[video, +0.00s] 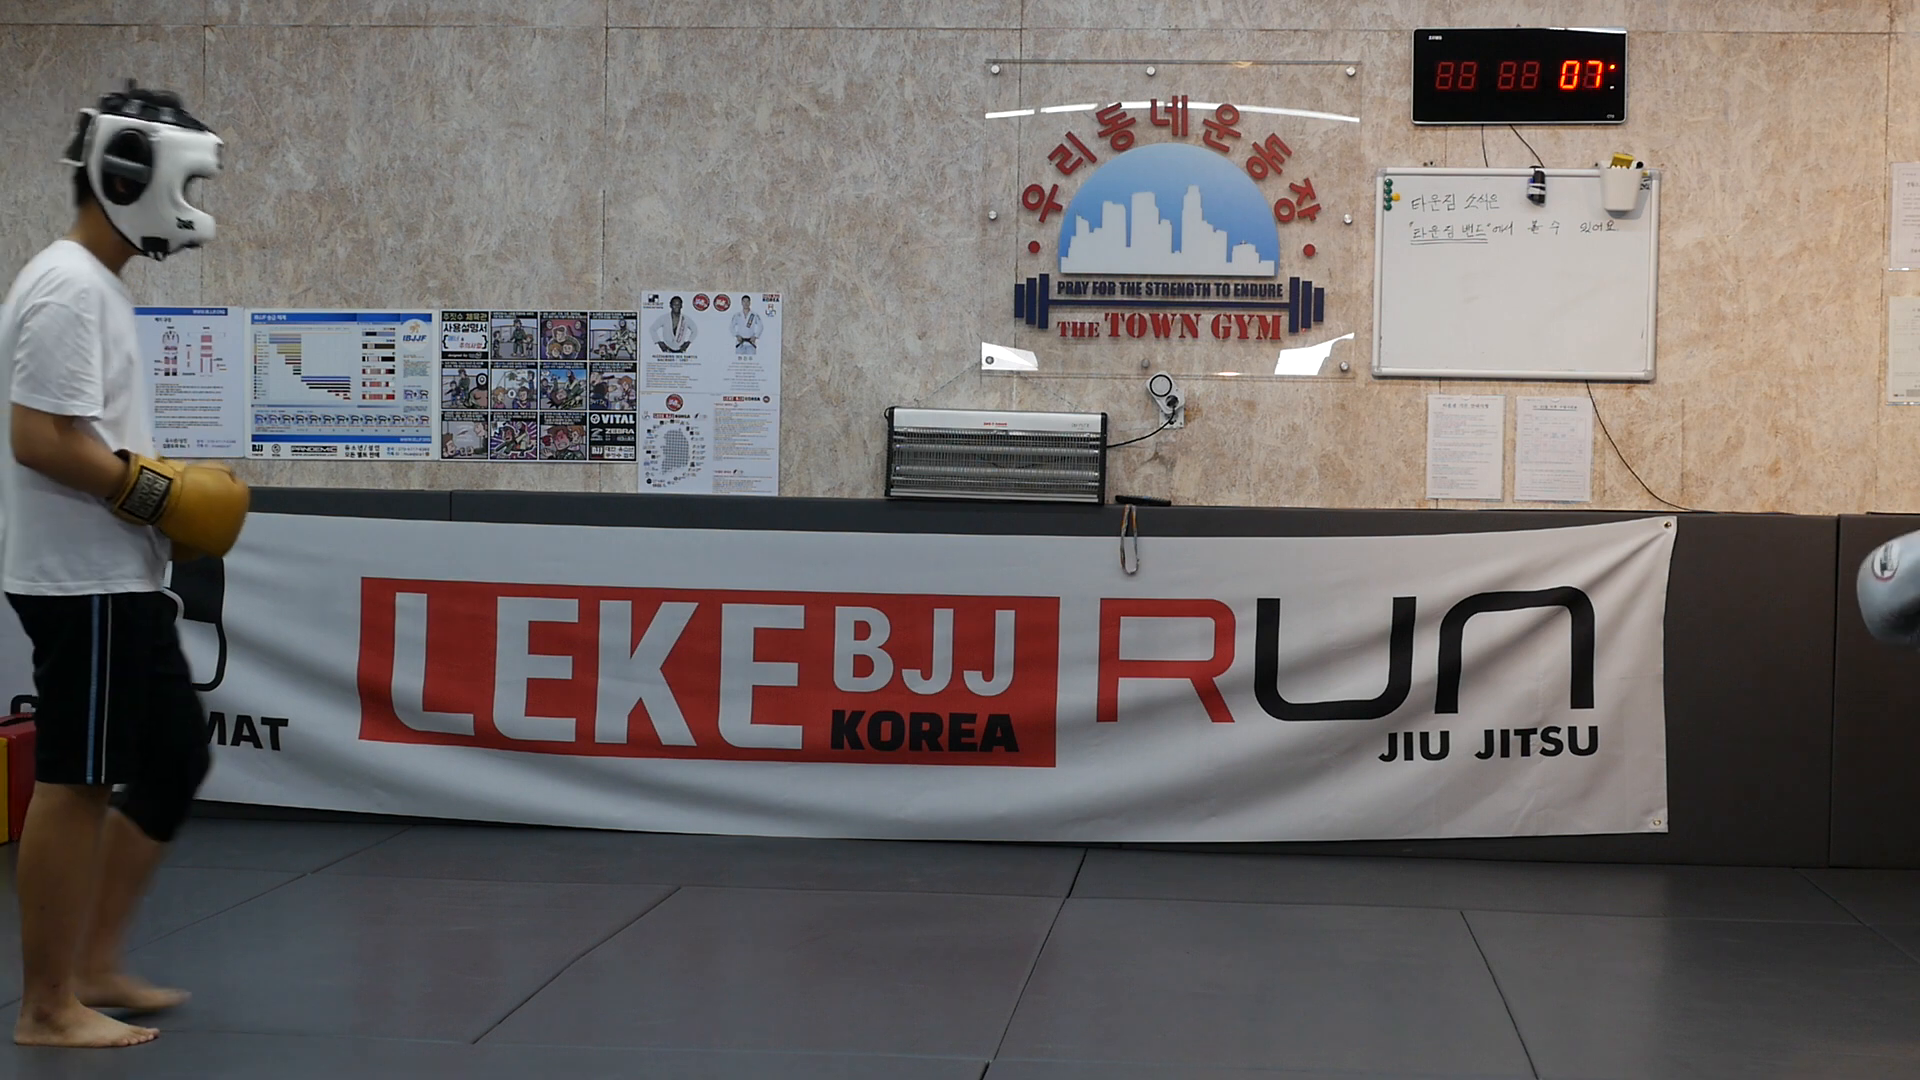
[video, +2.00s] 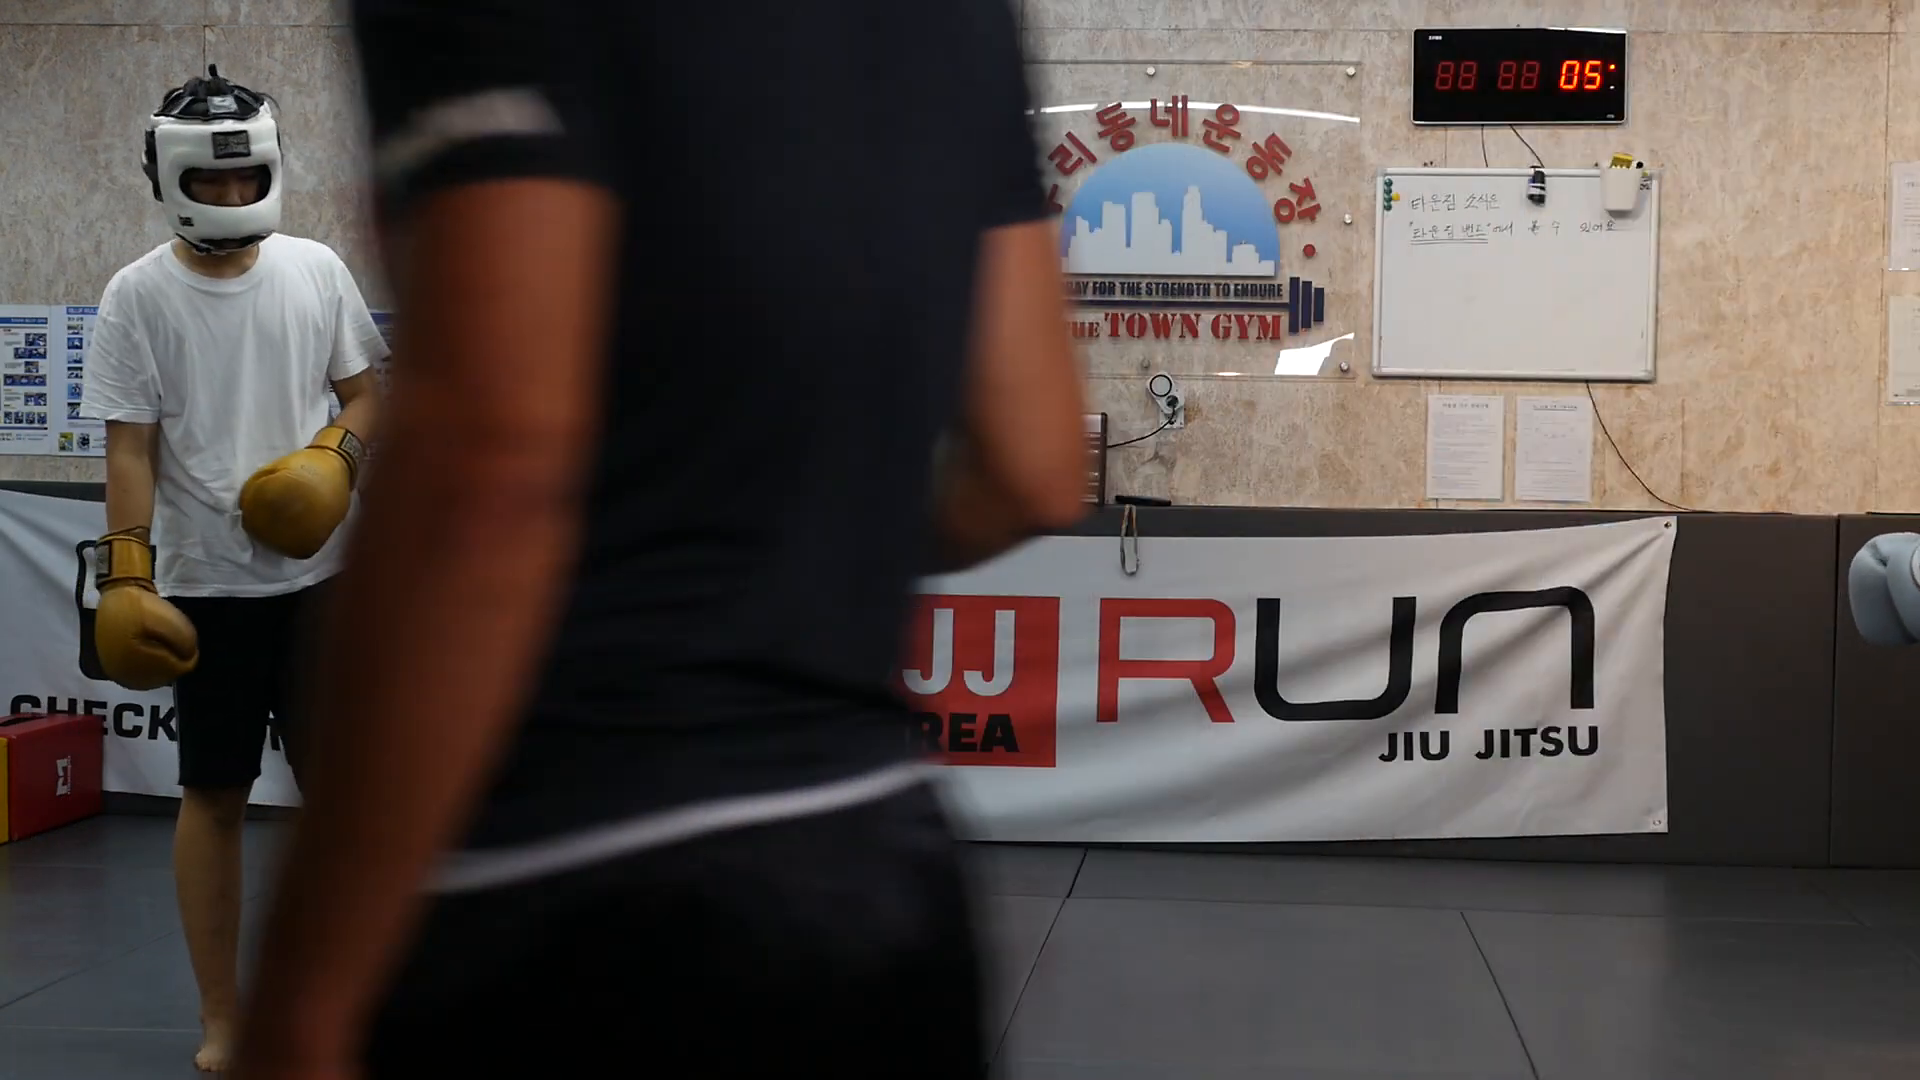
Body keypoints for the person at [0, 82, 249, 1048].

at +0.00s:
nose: (193, 201)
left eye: (196, 180)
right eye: (181, 180)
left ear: (118, 180)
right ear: (127, 178)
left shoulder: (99, 287)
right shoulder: (67, 287)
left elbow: (87, 432)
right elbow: (39, 437)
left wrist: (166, 492)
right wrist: (153, 491)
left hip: (113, 573)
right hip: (74, 576)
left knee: (171, 755)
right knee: (77, 775)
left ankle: (97, 966)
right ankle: (48, 1003)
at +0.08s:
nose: (220, 216)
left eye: (225, 195)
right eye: (212, 193)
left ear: (146, 184)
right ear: (158, 183)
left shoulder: (121, 288)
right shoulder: (92, 286)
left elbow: (105, 433)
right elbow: (60, 433)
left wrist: (192, 497)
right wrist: (175, 499)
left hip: (142, 572)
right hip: (96, 575)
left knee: (211, 752)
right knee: (85, 779)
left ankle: (204, 968)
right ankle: (47, 1006)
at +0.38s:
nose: (311, 228)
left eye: (318, 208)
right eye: (304, 204)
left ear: (248, 192)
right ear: (248, 189)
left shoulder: (220, 296)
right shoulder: (175, 291)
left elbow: (226, 437)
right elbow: (173, 431)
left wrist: (293, 499)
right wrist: (240, 554)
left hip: (249, 576)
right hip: (182, 580)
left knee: (306, 771)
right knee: (156, 775)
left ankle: (315, 973)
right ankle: (60, 989)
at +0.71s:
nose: (395, 221)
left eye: (403, 203)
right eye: (385, 199)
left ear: (362, 199)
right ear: (330, 187)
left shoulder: (339, 295)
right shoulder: (239, 283)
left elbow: (324, 429)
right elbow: (221, 421)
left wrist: (395, 441)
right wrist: (239, 544)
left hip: (347, 566)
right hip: (282, 566)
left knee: (334, 771)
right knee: (292, 770)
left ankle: (316, 971)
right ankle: (174, 963)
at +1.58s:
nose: (272, 182)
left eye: (291, 166)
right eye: (251, 165)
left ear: (319, 177)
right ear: (214, 171)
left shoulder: (354, 289)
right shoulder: (172, 289)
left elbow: (384, 422)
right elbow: (142, 440)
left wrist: (371, 457)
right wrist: (111, 569)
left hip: (336, 585)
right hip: (216, 585)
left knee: (363, 791)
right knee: (217, 796)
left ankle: (323, 956)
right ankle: (221, 1017)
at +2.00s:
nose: (231, 181)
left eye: (247, 161)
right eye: (207, 165)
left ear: (271, 165)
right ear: (166, 175)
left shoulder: (317, 272)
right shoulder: (137, 296)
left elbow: (367, 397)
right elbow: (128, 448)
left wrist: (330, 454)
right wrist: (126, 579)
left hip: (319, 582)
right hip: (205, 591)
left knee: (348, 803)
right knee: (213, 804)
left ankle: (351, 1022)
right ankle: (221, 1025)